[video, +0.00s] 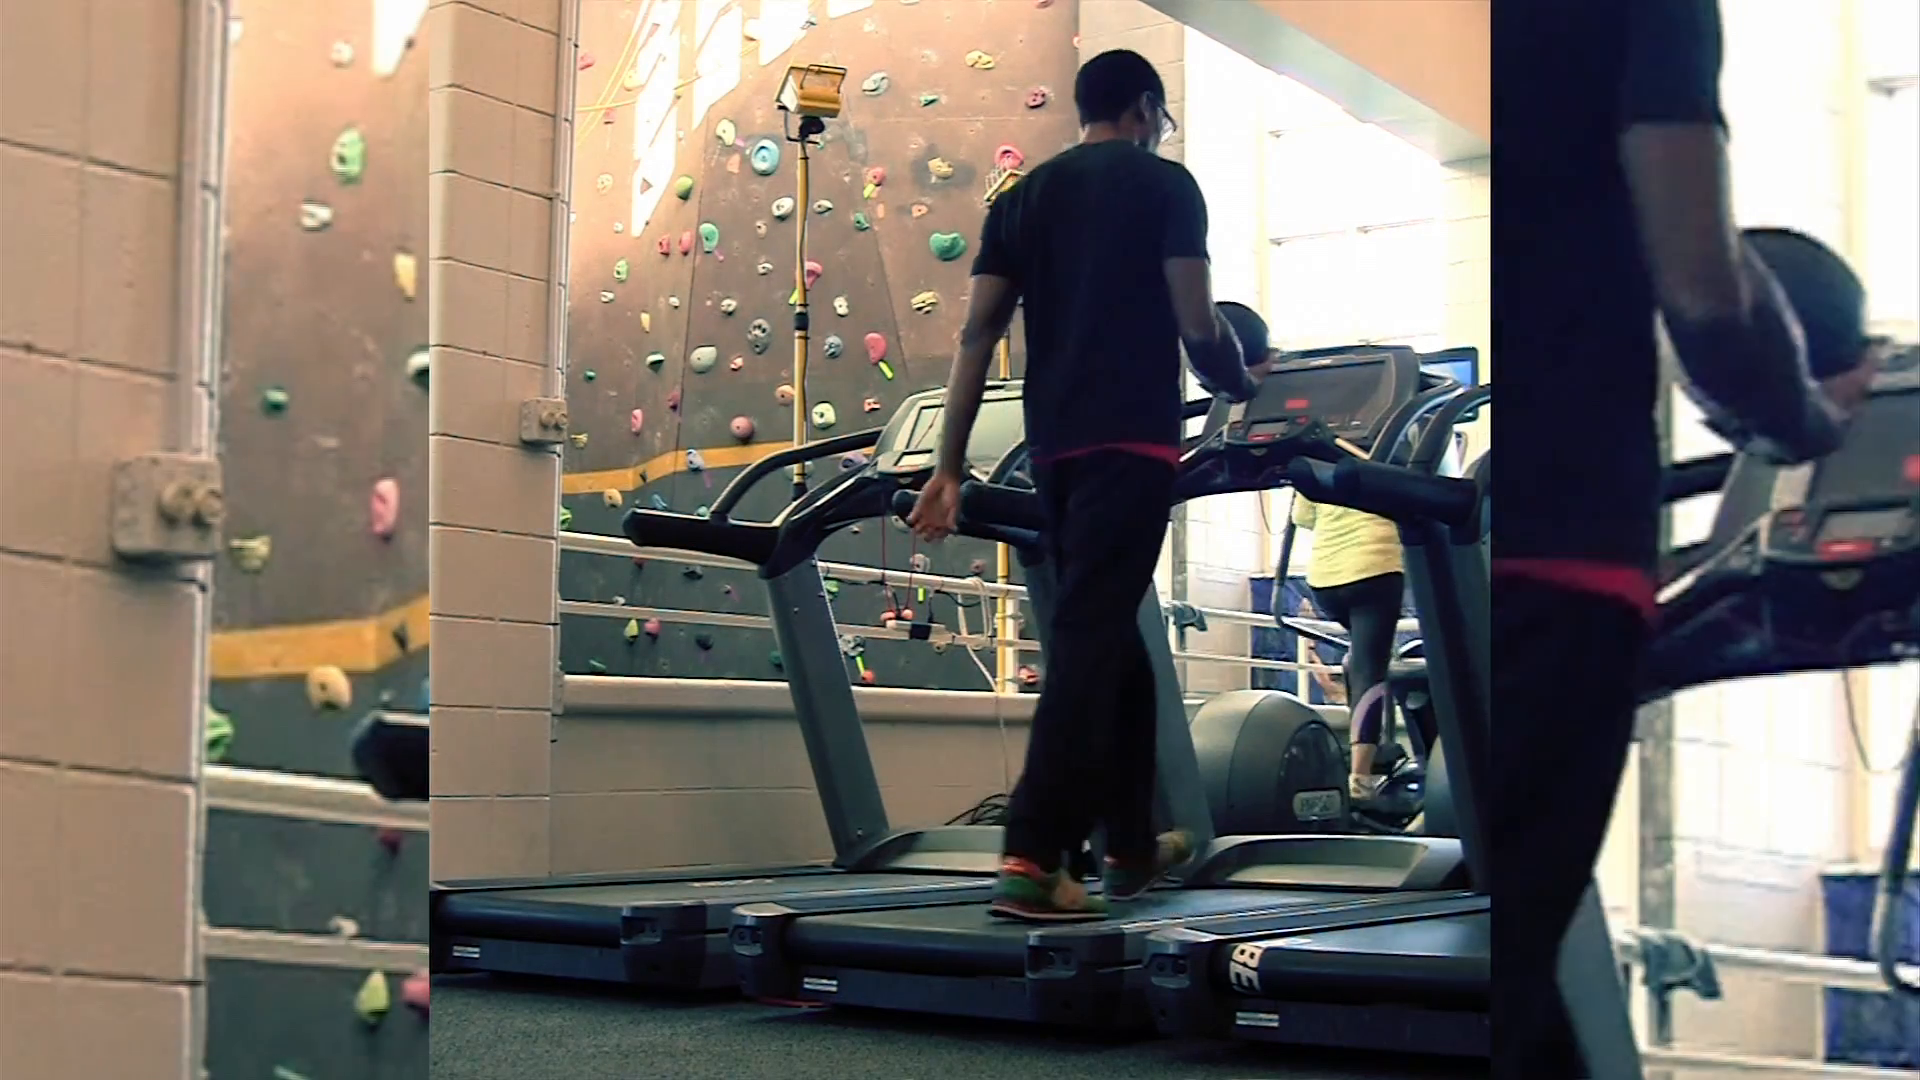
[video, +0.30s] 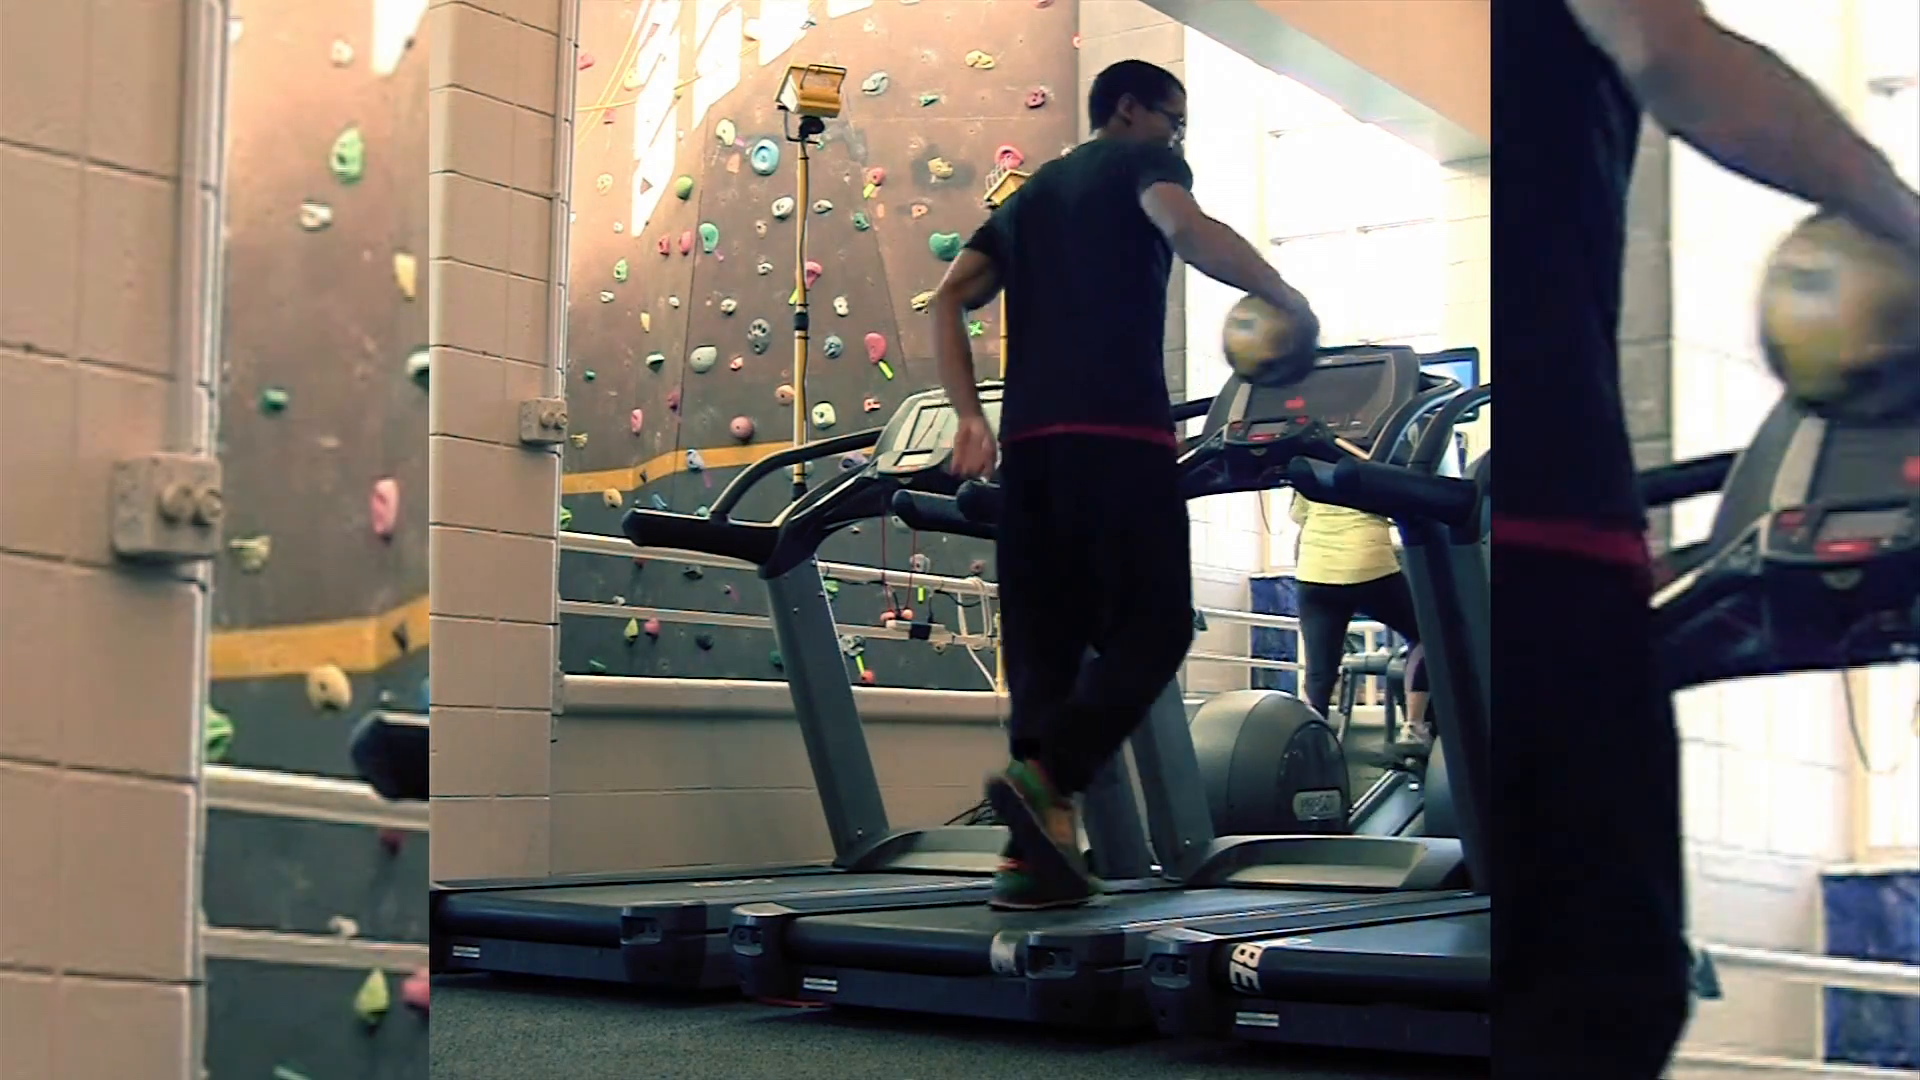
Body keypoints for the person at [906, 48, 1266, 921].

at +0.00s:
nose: (1162, 132)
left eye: (1161, 121)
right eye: (1161, 118)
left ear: (1081, 112)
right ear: (1143, 111)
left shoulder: (1020, 197)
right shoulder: (1165, 182)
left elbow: (977, 338)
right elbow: (1197, 331)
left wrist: (947, 464)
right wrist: (1240, 388)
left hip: (1053, 450)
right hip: (1136, 445)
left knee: (1110, 643)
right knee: (1086, 645)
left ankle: (1132, 849)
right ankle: (1032, 859)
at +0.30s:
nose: (1176, 139)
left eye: (1178, 127)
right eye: (1170, 123)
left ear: (1102, 114)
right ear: (1128, 106)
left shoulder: (1025, 197)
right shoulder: (1142, 158)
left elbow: (945, 302)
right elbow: (1187, 230)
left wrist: (968, 414)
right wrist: (1293, 302)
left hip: (1031, 447)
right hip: (1121, 438)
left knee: (1037, 641)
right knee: (1157, 625)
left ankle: (1042, 856)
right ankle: (1046, 776)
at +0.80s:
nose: (1192, 64)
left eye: (1204, 51)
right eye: (1176, 49)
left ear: (1216, 62)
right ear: (1142, 55)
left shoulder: (1193, 157)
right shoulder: (1104, 134)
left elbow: (1163, 239)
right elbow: (991, 215)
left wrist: (1224, 263)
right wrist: (1021, 332)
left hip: (1169, 401)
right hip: (1096, 405)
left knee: (1267, 539)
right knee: (1108, 620)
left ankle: (1095, 582)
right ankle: (1059, 843)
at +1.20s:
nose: (1039, 96)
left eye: (1050, 76)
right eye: (1037, 80)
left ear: (1103, 68)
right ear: (1087, 75)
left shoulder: (1198, 140)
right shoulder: (1072, 177)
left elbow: (1301, 195)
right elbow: (1072, 288)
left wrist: (1351, 217)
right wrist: (982, 327)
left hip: (1167, 423)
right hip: (1080, 402)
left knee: (1147, 632)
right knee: (933, 481)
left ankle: (1184, 853)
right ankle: (1026, 658)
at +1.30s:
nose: (1029, 128)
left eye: (1039, 107)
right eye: (1028, 111)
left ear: (1085, 102)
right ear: (1081, 108)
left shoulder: (1181, 183)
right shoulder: (1088, 214)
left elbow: (1263, 271)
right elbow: (1102, 351)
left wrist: (1299, 329)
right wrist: (1023, 391)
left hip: (1161, 455)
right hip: (1084, 455)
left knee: (1102, 650)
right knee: (1001, 644)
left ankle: (1139, 871)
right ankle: (1127, 776)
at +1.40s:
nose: (1023, 126)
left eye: (1032, 107)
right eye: (1025, 110)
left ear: (1073, 104)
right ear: (1082, 108)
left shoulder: (1141, 193)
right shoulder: (1111, 199)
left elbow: (1190, 332)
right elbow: (1128, 337)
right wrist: (1076, 411)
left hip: (1136, 460)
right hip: (1111, 455)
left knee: (1057, 644)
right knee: (1106, 651)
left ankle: (1088, 875)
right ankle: (1205, 837)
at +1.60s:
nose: (1040, 148)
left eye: (1046, 129)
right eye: (1041, 131)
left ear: (1082, 123)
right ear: (1129, 127)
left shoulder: (1058, 216)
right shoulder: (1212, 210)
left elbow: (953, 328)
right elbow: (1288, 329)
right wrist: (1223, 384)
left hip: (1112, 465)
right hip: (1213, 467)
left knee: (1051, 646)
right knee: (1217, 660)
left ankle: (1030, 854)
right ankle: (1196, 857)